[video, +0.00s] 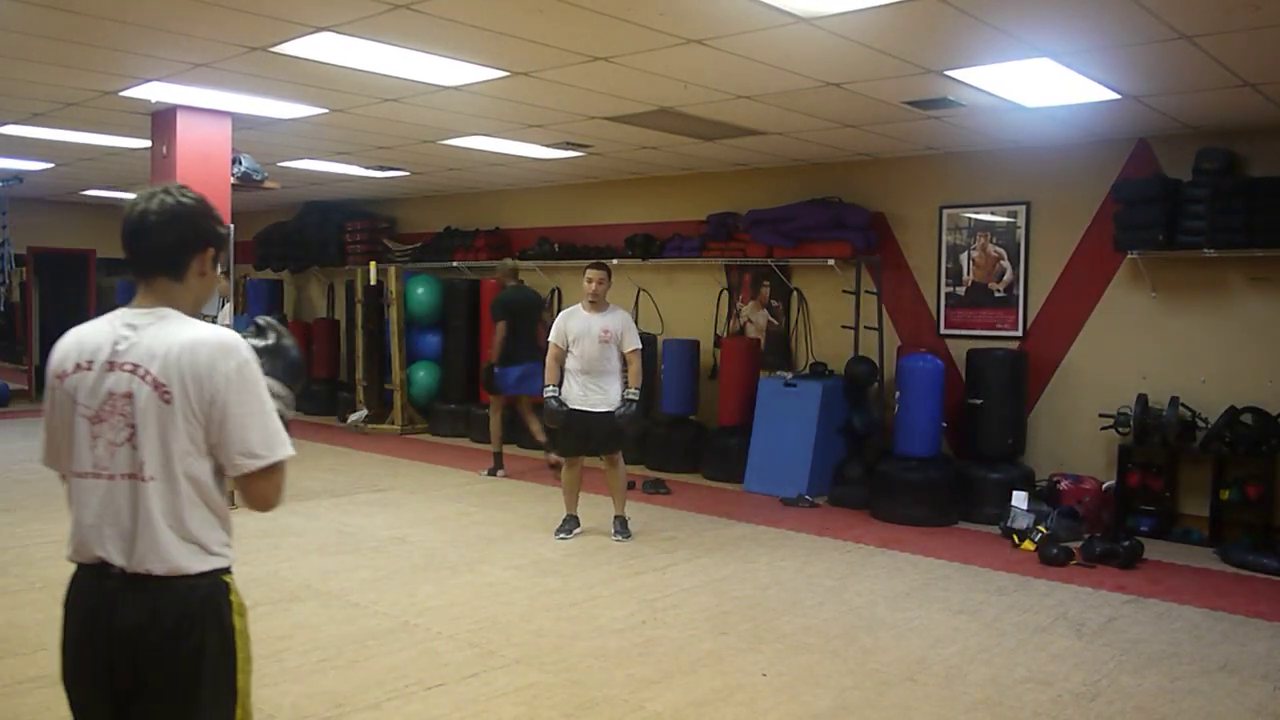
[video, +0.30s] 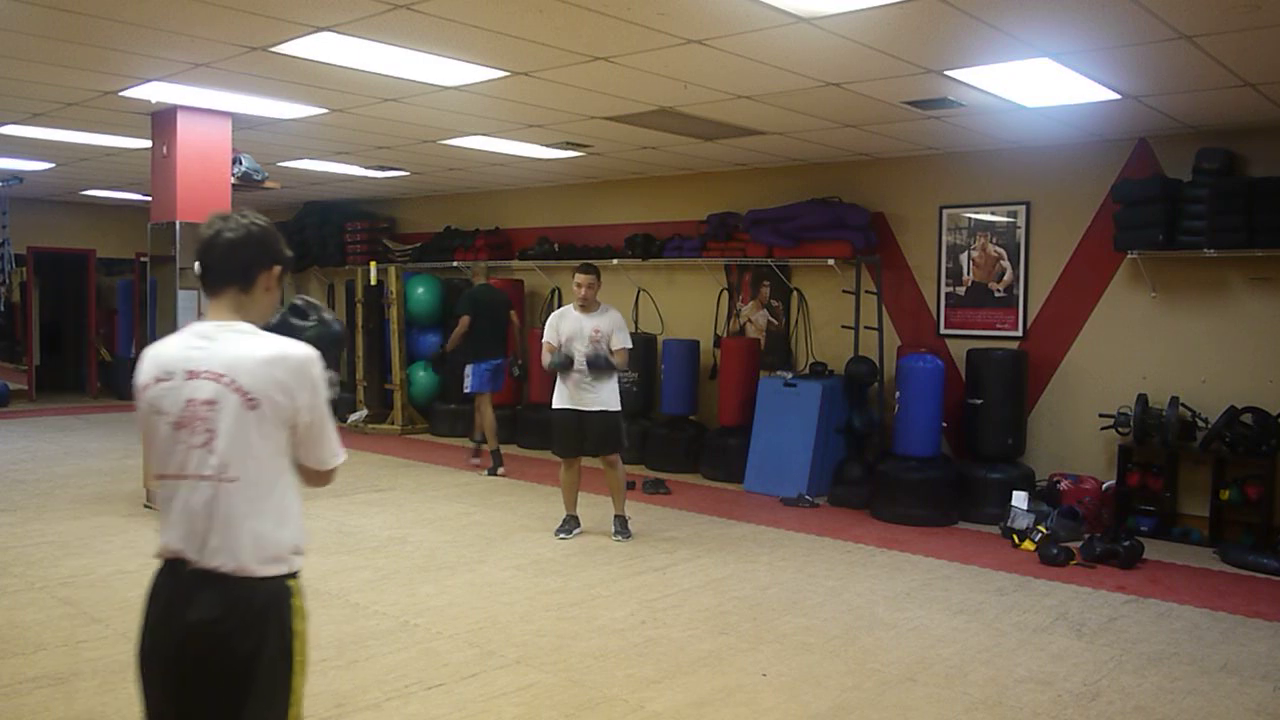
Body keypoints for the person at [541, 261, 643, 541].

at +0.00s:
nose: (594, 287)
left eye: (600, 282)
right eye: (589, 281)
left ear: (608, 286)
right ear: (582, 283)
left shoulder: (621, 319)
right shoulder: (566, 317)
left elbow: (633, 359)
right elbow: (553, 357)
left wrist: (632, 395)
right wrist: (551, 392)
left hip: (610, 406)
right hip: (573, 404)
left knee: (613, 460)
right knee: (571, 461)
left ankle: (620, 517)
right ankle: (570, 516)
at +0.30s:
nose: (582, 291)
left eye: (588, 286)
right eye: (578, 285)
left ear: (598, 288)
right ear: (572, 286)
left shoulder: (612, 317)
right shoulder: (558, 317)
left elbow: (623, 360)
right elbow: (546, 357)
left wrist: (607, 362)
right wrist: (557, 361)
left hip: (604, 404)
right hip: (567, 404)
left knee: (611, 460)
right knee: (569, 461)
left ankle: (620, 517)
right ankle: (571, 517)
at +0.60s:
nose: (576, 294)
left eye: (581, 289)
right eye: (570, 288)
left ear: (590, 287)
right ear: (563, 286)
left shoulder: (603, 314)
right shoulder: (548, 314)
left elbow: (603, 347)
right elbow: (545, 347)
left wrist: (591, 313)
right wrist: (557, 312)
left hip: (599, 399)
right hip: (563, 401)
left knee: (610, 458)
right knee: (567, 460)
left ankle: (616, 517)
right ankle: (570, 517)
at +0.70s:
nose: (575, 294)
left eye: (580, 289)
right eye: (569, 289)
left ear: (589, 287)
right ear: (561, 286)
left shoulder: (603, 315)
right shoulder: (548, 316)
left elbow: (603, 349)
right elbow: (543, 349)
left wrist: (590, 315)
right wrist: (557, 313)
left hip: (599, 401)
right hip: (563, 402)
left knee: (608, 460)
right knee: (567, 461)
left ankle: (612, 519)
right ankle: (570, 517)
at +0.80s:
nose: (571, 293)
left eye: (577, 289)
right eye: (567, 287)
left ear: (588, 288)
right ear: (560, 286)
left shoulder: (602, 315)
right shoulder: (547, 316)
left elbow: (608, 354)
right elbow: (541, 354)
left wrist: (592, 321)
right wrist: (557, 317)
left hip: (599, 401)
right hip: (562, 403)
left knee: (610, 458)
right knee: (567, 461)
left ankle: (613, 517)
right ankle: (570, 517)